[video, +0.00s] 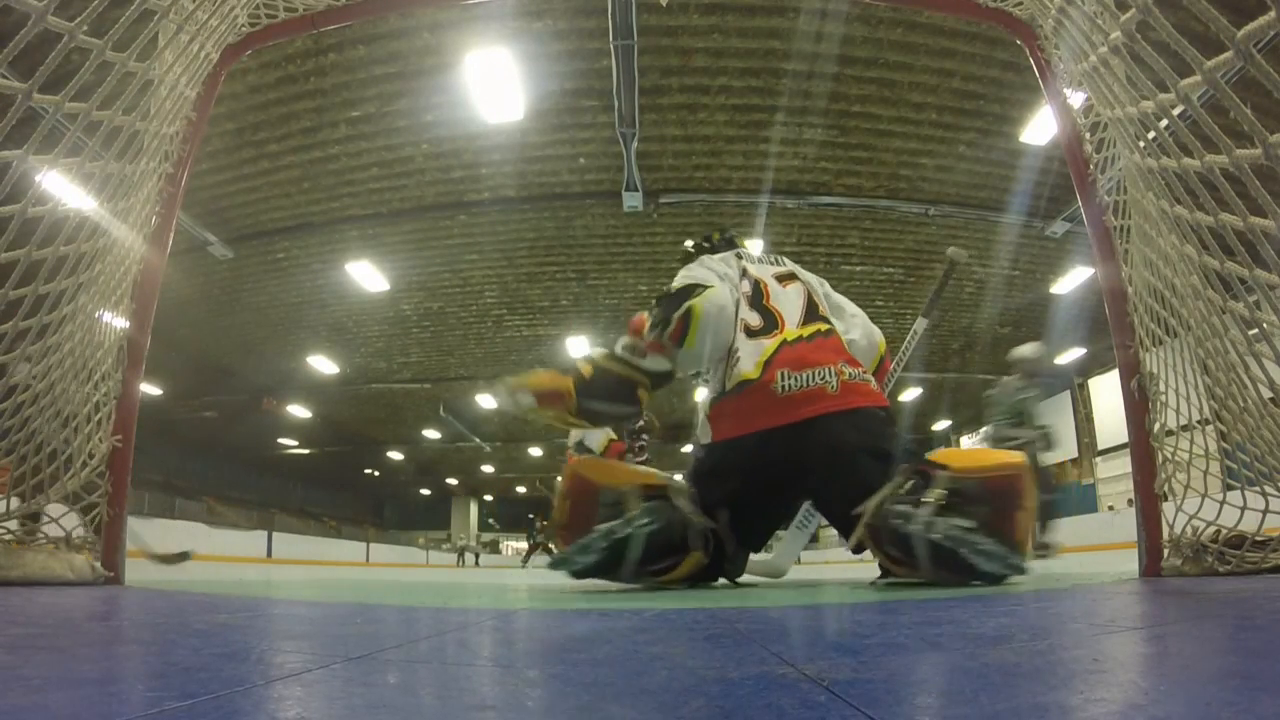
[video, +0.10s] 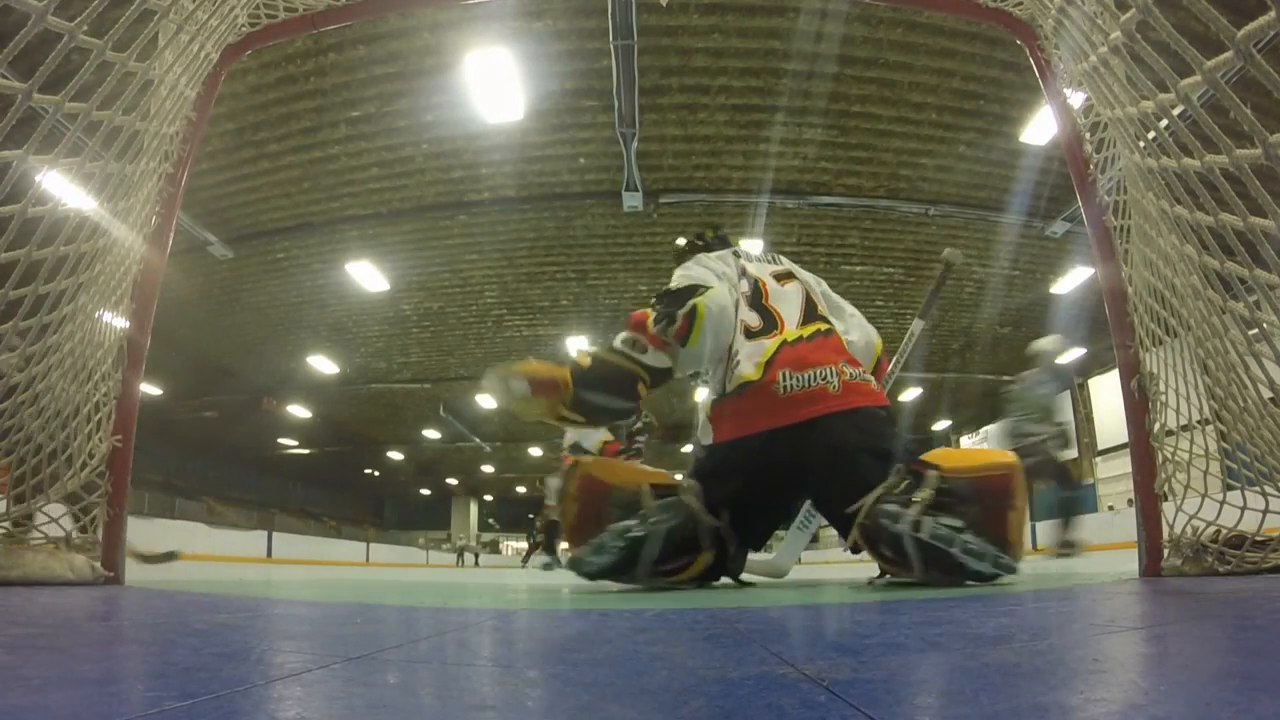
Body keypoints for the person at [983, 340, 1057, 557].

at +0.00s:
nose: (1041, 368)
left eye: (1040, 364)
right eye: (1039, 364)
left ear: (1014, 364)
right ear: (1032, 365)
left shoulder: (995, 390)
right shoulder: (1027, 390)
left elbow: (991, 424)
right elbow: (1031, 424)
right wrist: (1044, 434)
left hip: (996, 446)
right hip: (1021, 446)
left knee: (1005, 492)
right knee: (1046, 485)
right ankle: (1040, 537)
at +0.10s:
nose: (1058, 361)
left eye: (1058, 357)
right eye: (1056, 357)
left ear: (1036, 357)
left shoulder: (1017, 382)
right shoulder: (1051, 377)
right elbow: (1069, 377)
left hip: (1018, 452)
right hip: (1041, 451)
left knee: (1017, 495)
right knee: (1069, 484)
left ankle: (1014, 544)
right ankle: (1064, 539)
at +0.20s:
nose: (1108, 353)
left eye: (1108, 348)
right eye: (1106, 347)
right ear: (1095, 346)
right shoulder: (1084, 374)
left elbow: (1067, 414)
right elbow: (1075, 413)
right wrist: (1098, 428)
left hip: (1069, 448)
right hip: (1087, 447)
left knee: (1059, 485)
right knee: (1120, 478)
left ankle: (1048, 537)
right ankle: (1121, 533)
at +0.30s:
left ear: (1092, 339)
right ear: (1117, 337)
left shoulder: (1079, 365)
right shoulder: (1126, 359)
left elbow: (1079, 407)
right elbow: (1145, 396)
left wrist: (1083, 438)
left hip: (1093, 437)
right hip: (1125, 434)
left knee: (1086, 480)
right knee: (1145, 477)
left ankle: (1077, 533)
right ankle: (1148, 533)